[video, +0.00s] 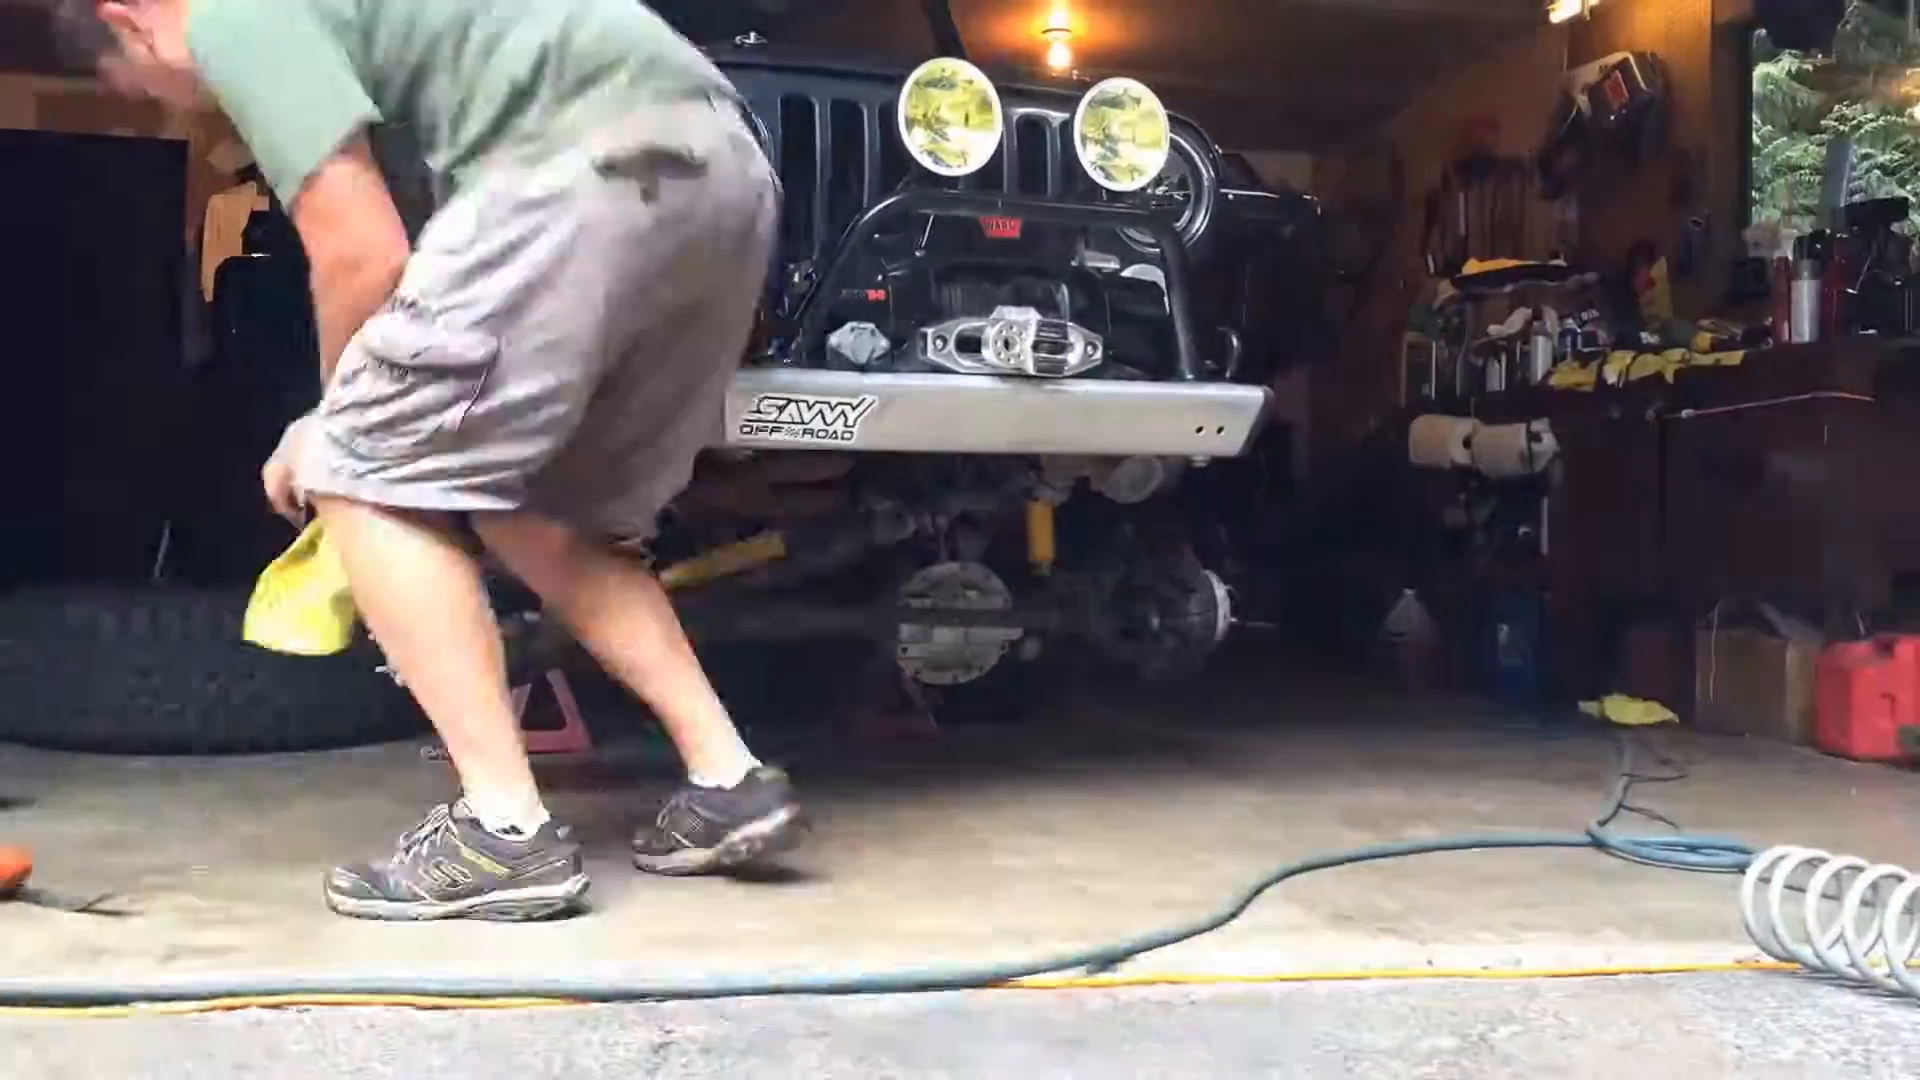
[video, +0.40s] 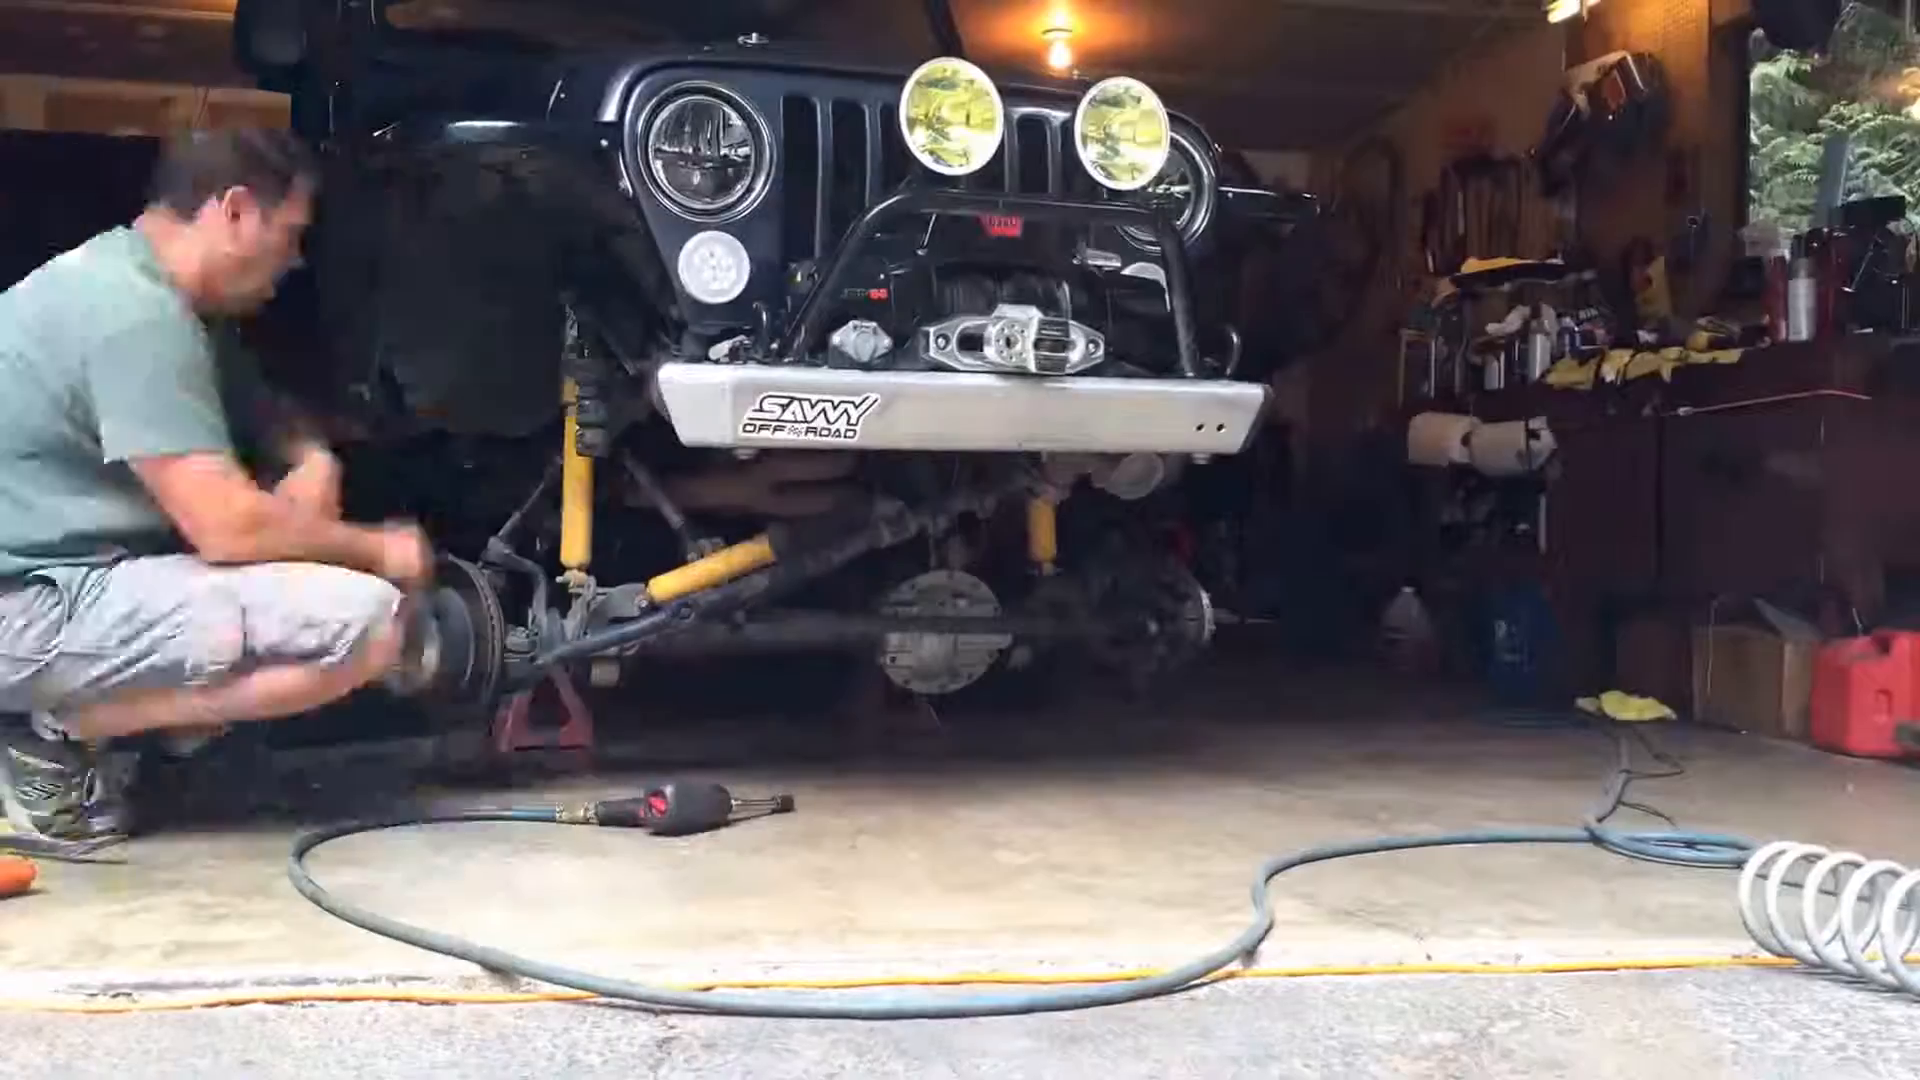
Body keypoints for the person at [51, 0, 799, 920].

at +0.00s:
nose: (173, 105)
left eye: (137, 81)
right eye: (145, 95)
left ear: (136, 23)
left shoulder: (237, 18)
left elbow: (364, 257)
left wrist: (338, 421)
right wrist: (345, 448)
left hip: (579, 171)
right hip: (721, 163)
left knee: (363, 480)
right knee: (532, 506)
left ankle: (506, 826)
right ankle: (730, 780)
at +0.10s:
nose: (404, 164)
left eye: (415, 137)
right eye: (407, 130)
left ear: (258, 80)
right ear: (345, 94)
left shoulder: (108, 184)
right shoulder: (316, 239)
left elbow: (180, 414)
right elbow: (341, 536)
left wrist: (392, 424)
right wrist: (455, 482)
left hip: (29, 675)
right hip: (168, 677)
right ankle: (209, 791)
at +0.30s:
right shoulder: (226, 233)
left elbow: (348, 540)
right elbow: (298, 132)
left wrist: (496, 444)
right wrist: (404, 135)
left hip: (101, 672)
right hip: (262, 635)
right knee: (518, 660)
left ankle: (161, 768)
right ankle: (295, 748)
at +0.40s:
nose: (293, 261)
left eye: (298, 240)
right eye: (290, 235)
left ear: (233, 214)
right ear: (234, 212)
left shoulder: (153, 291)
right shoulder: (135, 317)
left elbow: (265, 418)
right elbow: (228, 528)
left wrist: (311, 469)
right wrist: (376, 549)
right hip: (33, 608)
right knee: (361, 626)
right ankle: (60, 735)